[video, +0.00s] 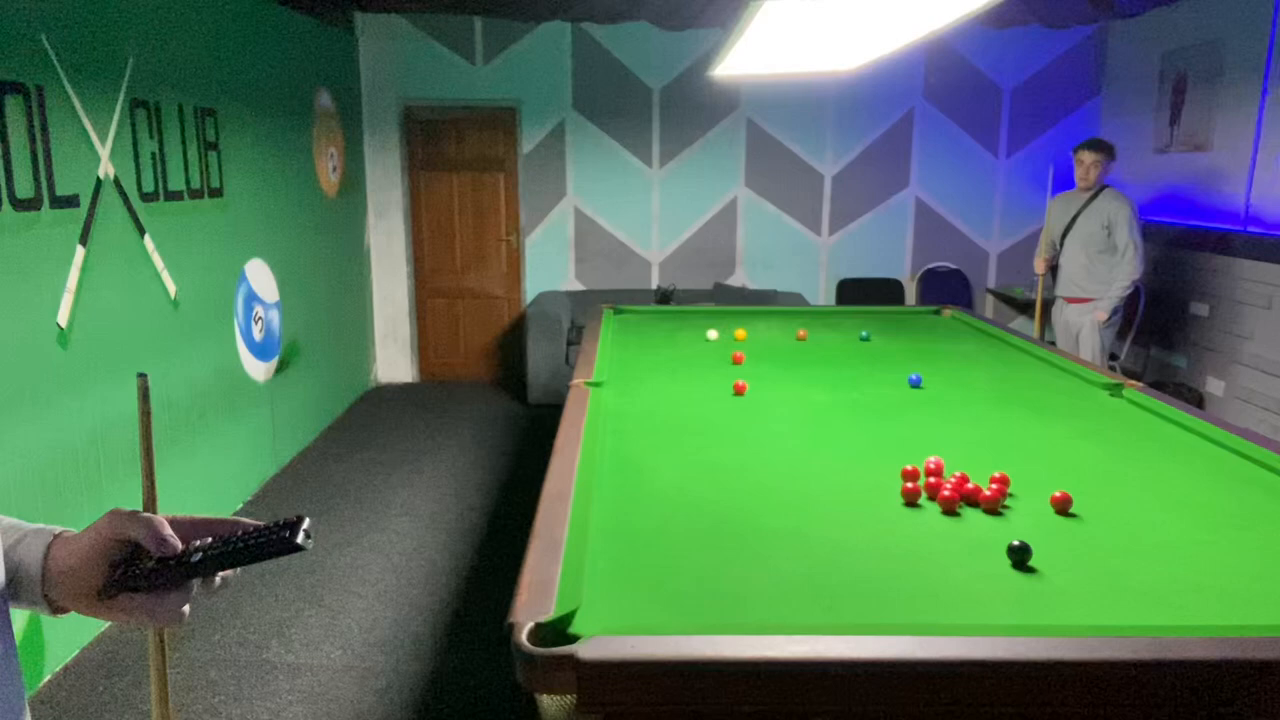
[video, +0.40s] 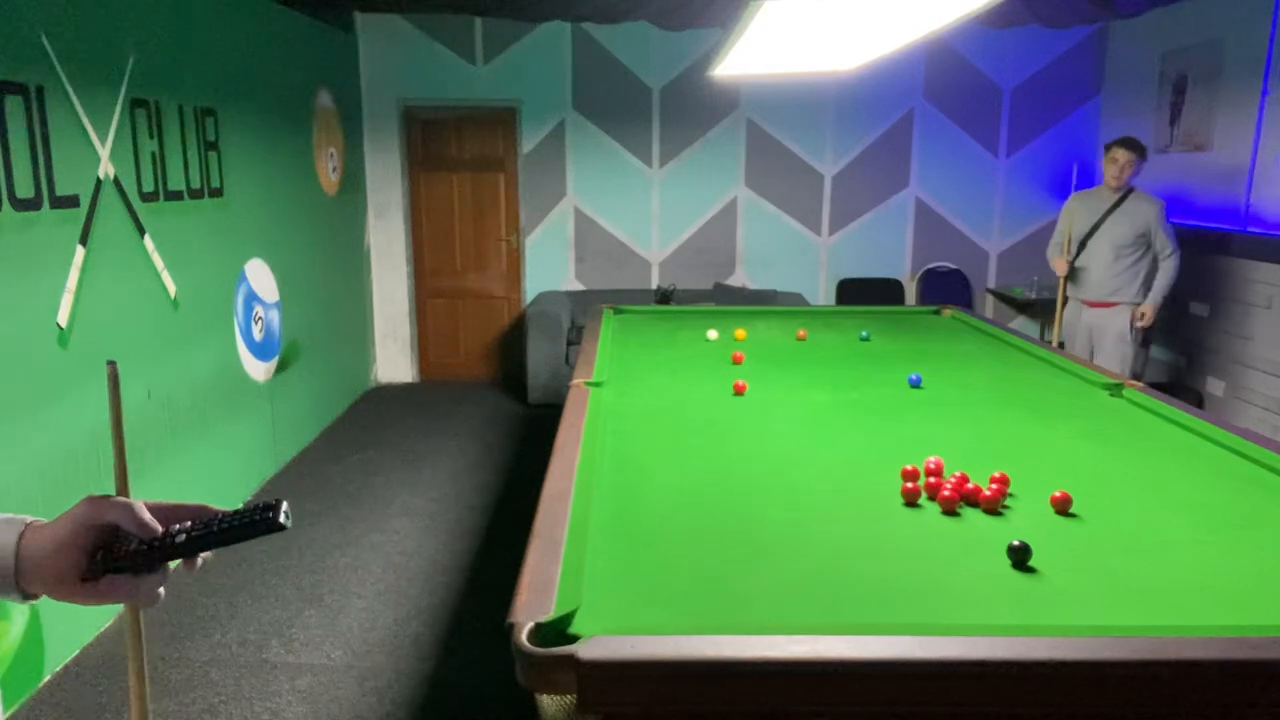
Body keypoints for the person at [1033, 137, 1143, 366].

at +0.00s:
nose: (1085, 171)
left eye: (1094, 165)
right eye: (1080, 163)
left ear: (1106, 169)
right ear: (1074, 164)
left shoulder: (1118, 206)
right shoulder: (1058, 204)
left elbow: (1132, 265)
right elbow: (1047, 243)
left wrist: (1107, 307)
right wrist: (1041, 261)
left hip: (1097, 307)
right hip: (1062, 305)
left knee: (1091, 382)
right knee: (1065, 378)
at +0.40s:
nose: (1118, 169)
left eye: (1127, 164)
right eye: (1113, 161)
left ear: (1137, 170)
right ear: (1104, 162)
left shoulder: (1150, 209)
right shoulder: (1076, 202)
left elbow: (1169, 258)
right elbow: (1056, 244)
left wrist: (1152, 302)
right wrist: (1057, 260)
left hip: (1120, 315)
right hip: (1076, 309)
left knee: (1110, 393)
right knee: (1069, 387)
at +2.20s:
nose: (1151, 185)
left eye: (1161, 177)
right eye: (1144, 175)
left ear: (1174, 176)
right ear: (1134, 171)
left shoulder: (1187, 217)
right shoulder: (1108, 212)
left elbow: (1190, 280)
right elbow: (1083, 263)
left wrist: (1187, 336)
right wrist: (1088, 289)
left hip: (1162, 335)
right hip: (1110, 331)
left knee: (1146, 419)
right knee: (1101, 417)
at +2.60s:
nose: (1179, 179)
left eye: (1188, 170)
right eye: (1170, 171)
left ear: (1203, 170)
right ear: (1160, 170)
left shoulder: (1225, 217)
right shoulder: (1138, 209)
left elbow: (1238, 280)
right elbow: (1111, 260)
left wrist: (1235, 337)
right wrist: (1099, 300)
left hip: (1180, 341)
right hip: (1128, 330)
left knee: (1158, 426)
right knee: (1102, 412)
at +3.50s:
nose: (1145, 177)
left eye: (1154, 168)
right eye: (1136, 169)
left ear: (1168, 169)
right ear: (1123, 170)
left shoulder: (1190, 217)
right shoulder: (1099, 215)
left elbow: (1202, 283)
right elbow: (1073, 274)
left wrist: (1191, 335)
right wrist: (1078, 323)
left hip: (1166, 348)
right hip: (1106, 346)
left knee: (1166, 436)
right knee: (1100, 434)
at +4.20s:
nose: (1161, 191)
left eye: (1171, 182)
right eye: (1157, 182)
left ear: (1201, 174)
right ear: (1154, 175)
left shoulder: (1227, 223)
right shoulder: (1147, 213)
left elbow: (1234, 301)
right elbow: (1121, 275)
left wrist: (1173, 342)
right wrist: (1093, 327)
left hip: (1179, 364)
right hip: (1127, 352)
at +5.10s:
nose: (1126, 189)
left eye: (1133, 179)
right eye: (1123, 181)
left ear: (1163, 170)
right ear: (1120, 176)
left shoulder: (1195, 219)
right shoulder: (1120, 212)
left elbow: (1197, 294)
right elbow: (1099, 272)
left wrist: (1130, 326)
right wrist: (1080, 326)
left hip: (1158, 356)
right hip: (1108, 348)